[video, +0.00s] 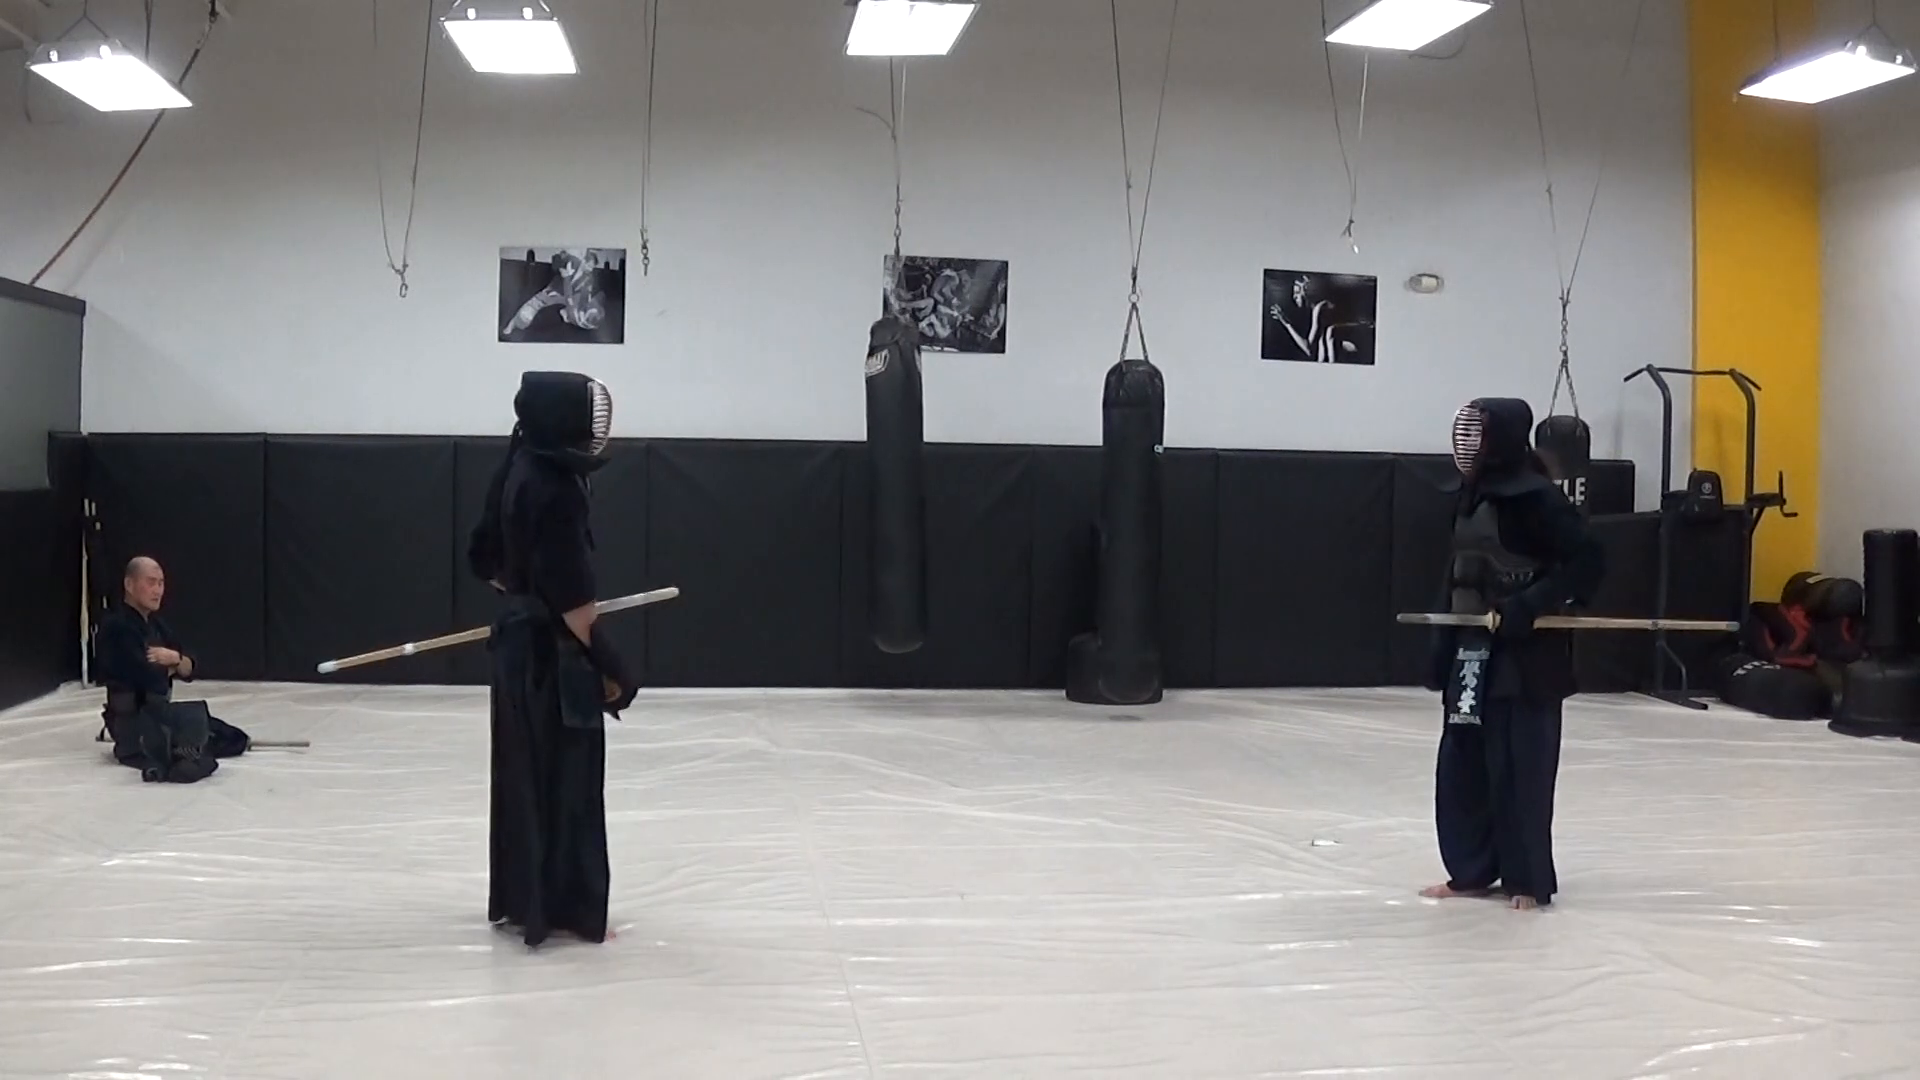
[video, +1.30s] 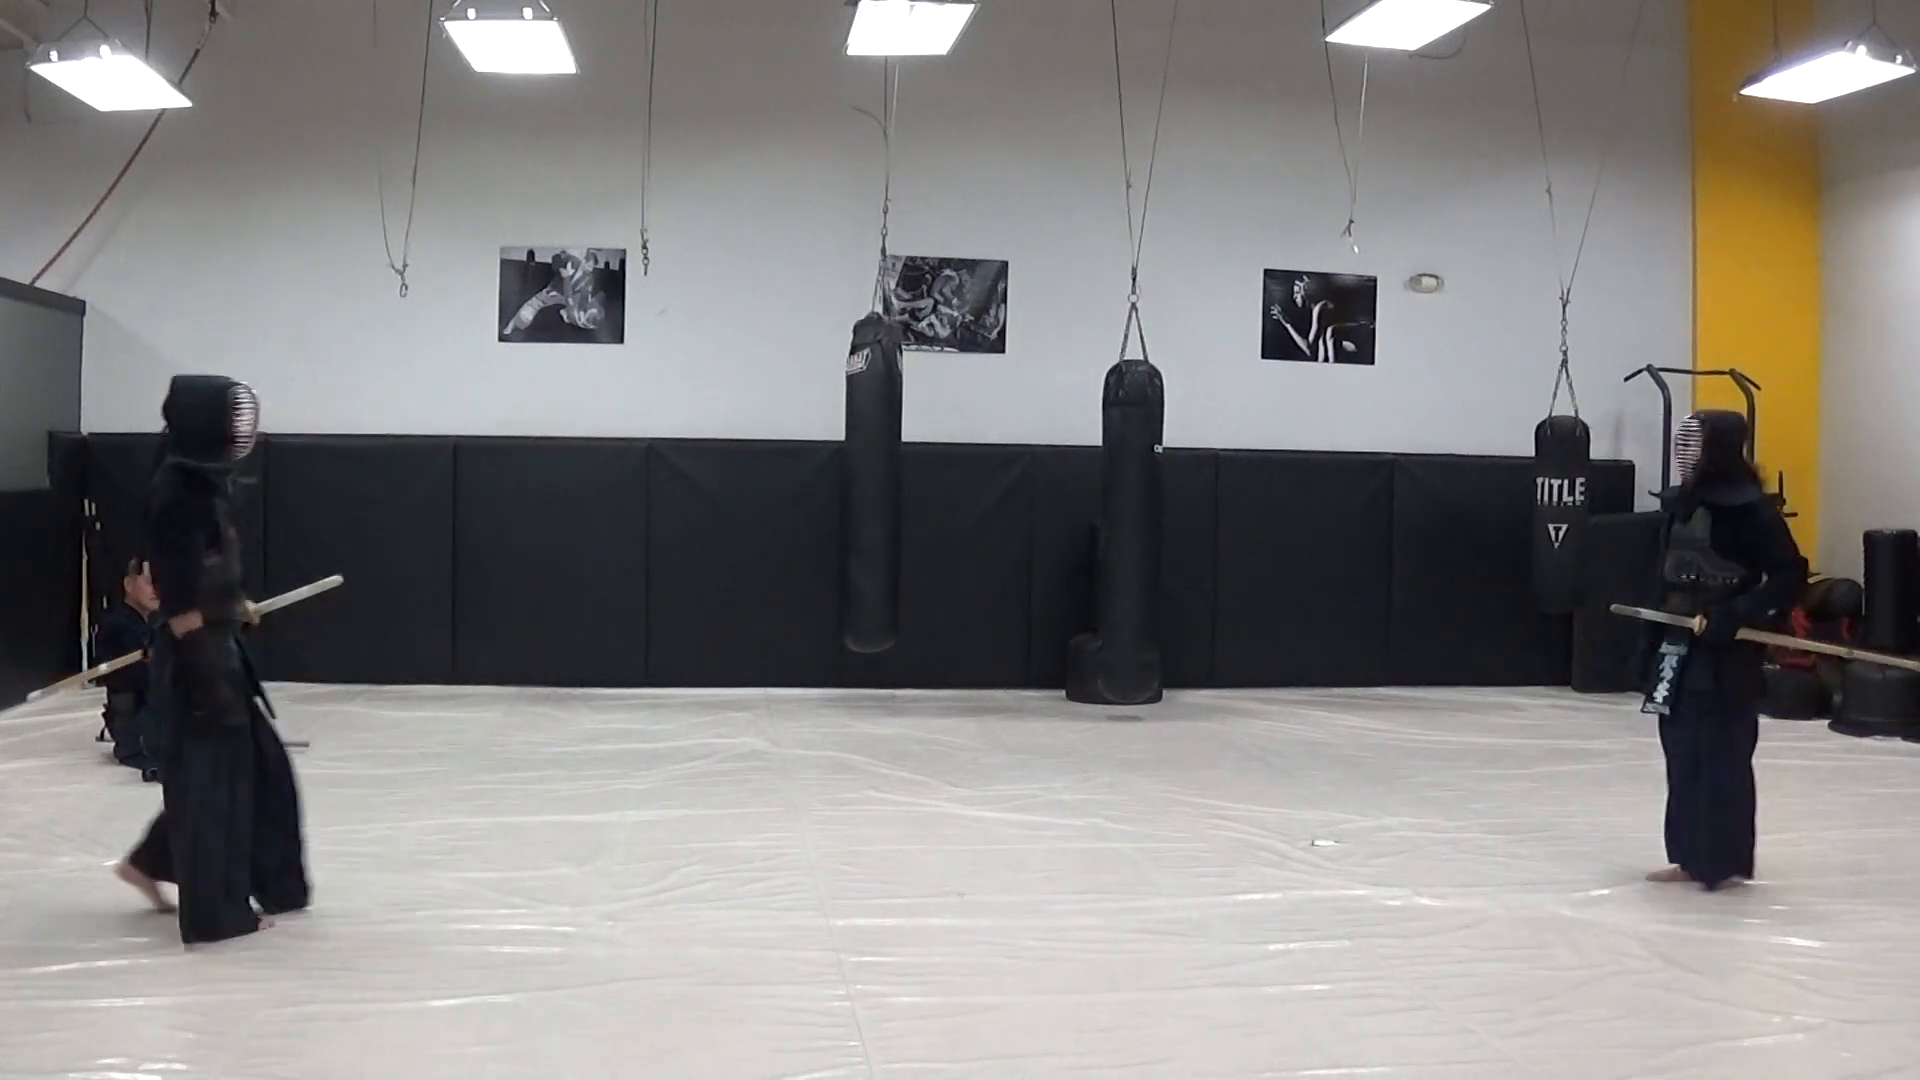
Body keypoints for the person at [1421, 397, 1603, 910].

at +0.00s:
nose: (1464, 449)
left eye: (1473, 439)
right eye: (1461, 438)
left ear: (1500, 441)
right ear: (1462, 440)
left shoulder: (1535, 497)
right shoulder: (1469, 499)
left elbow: (1586, 560)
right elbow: (1459, 580)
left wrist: (1527, 604)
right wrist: (1445, 652)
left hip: (1526, 655)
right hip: (1472, 654)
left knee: (1522, 768)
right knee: (1464, 764)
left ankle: (1528, 881)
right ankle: (1474, 872)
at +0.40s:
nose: (1527, 455)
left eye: (1538, 446)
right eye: (1527, 445)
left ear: (1566, 451)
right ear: (1529, 448)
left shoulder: (1599, 510)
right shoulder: (1528, 506)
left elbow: (1628, 583)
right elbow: (1510, 581)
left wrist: (1572, 614)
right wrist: (1492, 643)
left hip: (1575, 661)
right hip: (1518, 654)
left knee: (1571, 765)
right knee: (1488, 760)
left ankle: (1597, 875)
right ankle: (1479, 872)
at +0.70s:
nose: (1583, 453)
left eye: (1593, 444)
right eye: (1583, 443)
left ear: (1620, 449)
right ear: (1587, 444)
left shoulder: (1655, 509)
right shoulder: (1586, 502)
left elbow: (1684, 582)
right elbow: (1575, 575)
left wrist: (1632, 611)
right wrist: (1559, 639)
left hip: (1630, 654)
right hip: (1576, 648)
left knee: (1616, 758)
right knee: (1551, 744)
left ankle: (1610, 874)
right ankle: (1554, 862)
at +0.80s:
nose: (1602, 452)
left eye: (1611, 443)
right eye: (1602, 442)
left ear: (1638, 449)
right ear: (1612, 444)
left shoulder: (1674, 510)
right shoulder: (1602, 504)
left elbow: (1702, 581)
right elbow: (1587, 578)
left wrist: (1647, 614)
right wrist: (1568, 646)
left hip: (1644, 654)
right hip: (1593, 648)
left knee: (1629, 757)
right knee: (1571, 747)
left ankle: (1626, 877)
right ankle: (1594, 868)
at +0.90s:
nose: (1620, 456)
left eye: (1630, 447)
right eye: (1619, 446)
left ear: (1658, 453)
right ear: (1618, 447)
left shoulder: (1691, 511)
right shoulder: (1618, 504)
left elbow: (1722, 587)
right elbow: (1603, 582)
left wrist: (1664, 617)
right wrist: (1578, 645)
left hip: (1662, 651)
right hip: (1613, 644)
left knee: (1639, 755)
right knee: (1604, 745)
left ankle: (1615, 875)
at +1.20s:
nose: (1664, 456)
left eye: (1673, 447)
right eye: (1663, 446)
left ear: (1700, 450)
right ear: (1670, 450)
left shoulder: (1733, 507)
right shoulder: (1672, 504)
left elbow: (1774, 577)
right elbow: (1654, 578)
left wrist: (1713, 616)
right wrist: (1637, 632)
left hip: (1709, 653)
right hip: (1670, 648)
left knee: (1679, 755)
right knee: (1682, 753)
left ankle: (1660, 866)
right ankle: (1700, 861)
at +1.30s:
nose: (1686, 450)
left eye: (1694, 442)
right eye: (1686, 442)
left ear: (1715, 447)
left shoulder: (1749, 506)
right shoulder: (1683, 503)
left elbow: (1789, 574)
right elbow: (1666, 573)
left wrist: (1730, 614)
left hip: (1727, 651)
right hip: (1679, 645)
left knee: (1722, 753)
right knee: (1683, 750)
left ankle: (1728, 862)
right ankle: (1691, 858)